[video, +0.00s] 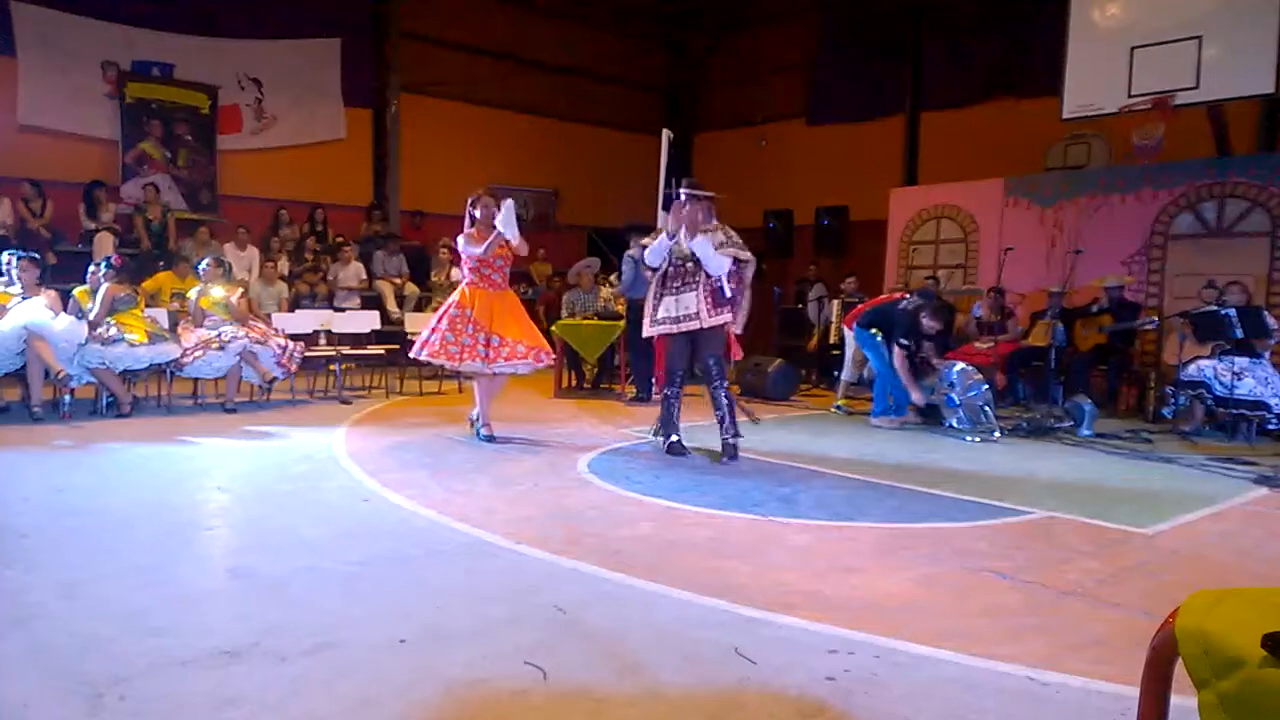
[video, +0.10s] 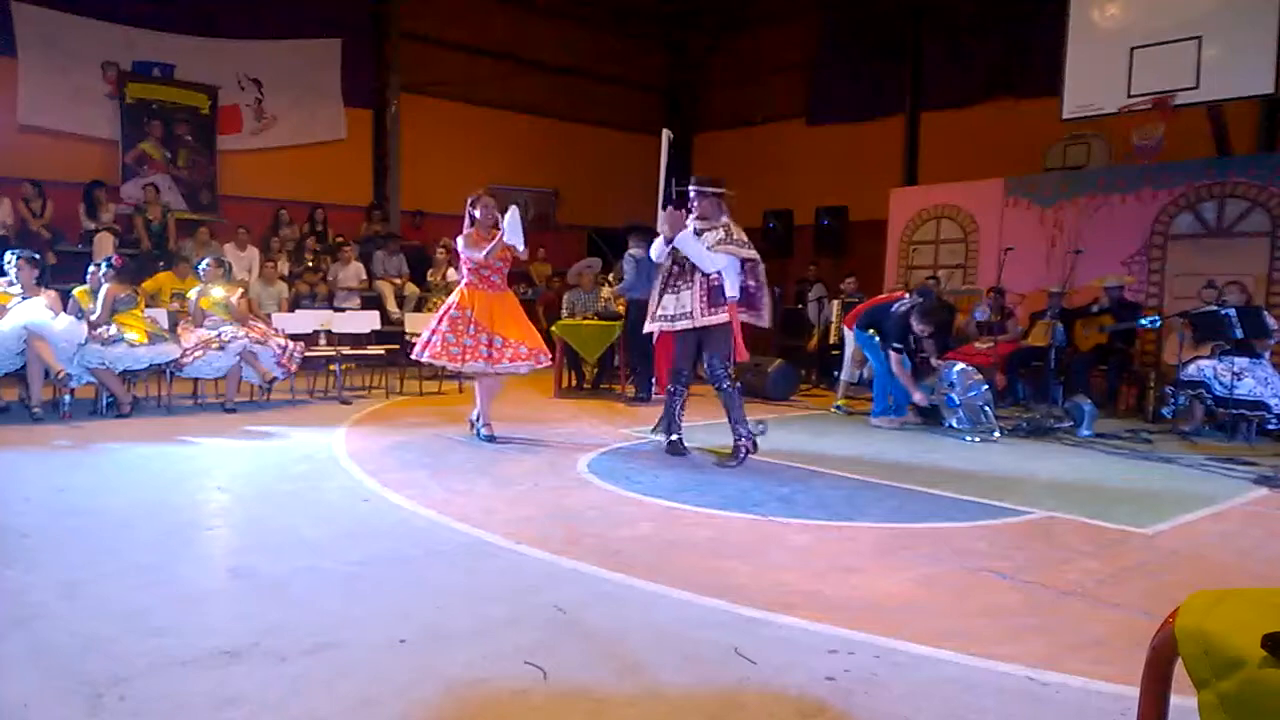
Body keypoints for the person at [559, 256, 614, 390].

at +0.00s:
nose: (589, 277)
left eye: (591, 274)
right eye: (586, 275)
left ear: (594, 276)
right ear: (578, 278)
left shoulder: (605, 293)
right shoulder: (569, 296)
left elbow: (614, 313)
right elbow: (565, 317)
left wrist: (598, 315)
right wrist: (579, 318)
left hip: (599, 331)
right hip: (578, 331)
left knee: (608, 348)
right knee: (569, 348)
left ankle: (599, 379)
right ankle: (580, 377)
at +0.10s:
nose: (590, 278)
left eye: (592, 274)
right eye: (587, 275)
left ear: (595, 276)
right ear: (579, 278)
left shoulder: (605, 292)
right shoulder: (569, 295)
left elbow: (615, 313)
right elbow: (565, 316)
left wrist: (598, 315)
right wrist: (579, 317)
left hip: (600, 331)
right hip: (578, 331)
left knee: (608, 349)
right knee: (570, 348)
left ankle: (598, 380)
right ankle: (579, 378)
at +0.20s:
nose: (591, 277)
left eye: (593, 274)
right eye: (587, 274)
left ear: (597, 276)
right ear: (580, 278)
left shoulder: (605, 293)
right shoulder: (570, 295)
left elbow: (614, 313)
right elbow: (565, 316)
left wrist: (598, 315)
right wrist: (578, 318)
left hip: (600, 330)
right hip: (578, 330)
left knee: (608, 348)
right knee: (570, 348)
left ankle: (598, 379)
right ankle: (579, 378)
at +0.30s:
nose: (592, 276)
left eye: (593, 272)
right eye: (588, 273)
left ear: (597, 276)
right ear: (580, 277)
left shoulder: (606, 293)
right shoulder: (570, 295)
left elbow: (613, 313)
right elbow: (565, 315)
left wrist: (597, 316)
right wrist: (579, 317)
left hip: (600, 331)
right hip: (578, 330)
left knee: (608, 348)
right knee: (570, 347)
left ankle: (598, 379)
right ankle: (579, 377)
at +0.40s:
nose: (592, 277)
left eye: (594, 273)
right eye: (588, 274)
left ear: (598, 276)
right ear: (580, 277)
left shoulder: (606, 294)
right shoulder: (571, 295)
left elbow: (613, 314)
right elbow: (565, 316)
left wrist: (596, 316)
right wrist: (577, 318)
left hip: (600, 332)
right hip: (578, 332)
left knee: (609, 348)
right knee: (569, 347)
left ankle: (598, 379)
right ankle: (579, 378)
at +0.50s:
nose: (595, 277)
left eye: (596, 274)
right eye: (591, 274)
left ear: (598, 276)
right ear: (582, 277)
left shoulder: (606, 295)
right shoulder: (572, 296)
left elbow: (613, 313)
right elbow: (565, 315)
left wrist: (597, 315)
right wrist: (578, 317)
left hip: (600, 331)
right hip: (578, 331)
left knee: (608, 350)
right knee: (570, 347)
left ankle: (598, 379)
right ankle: (579, 378)